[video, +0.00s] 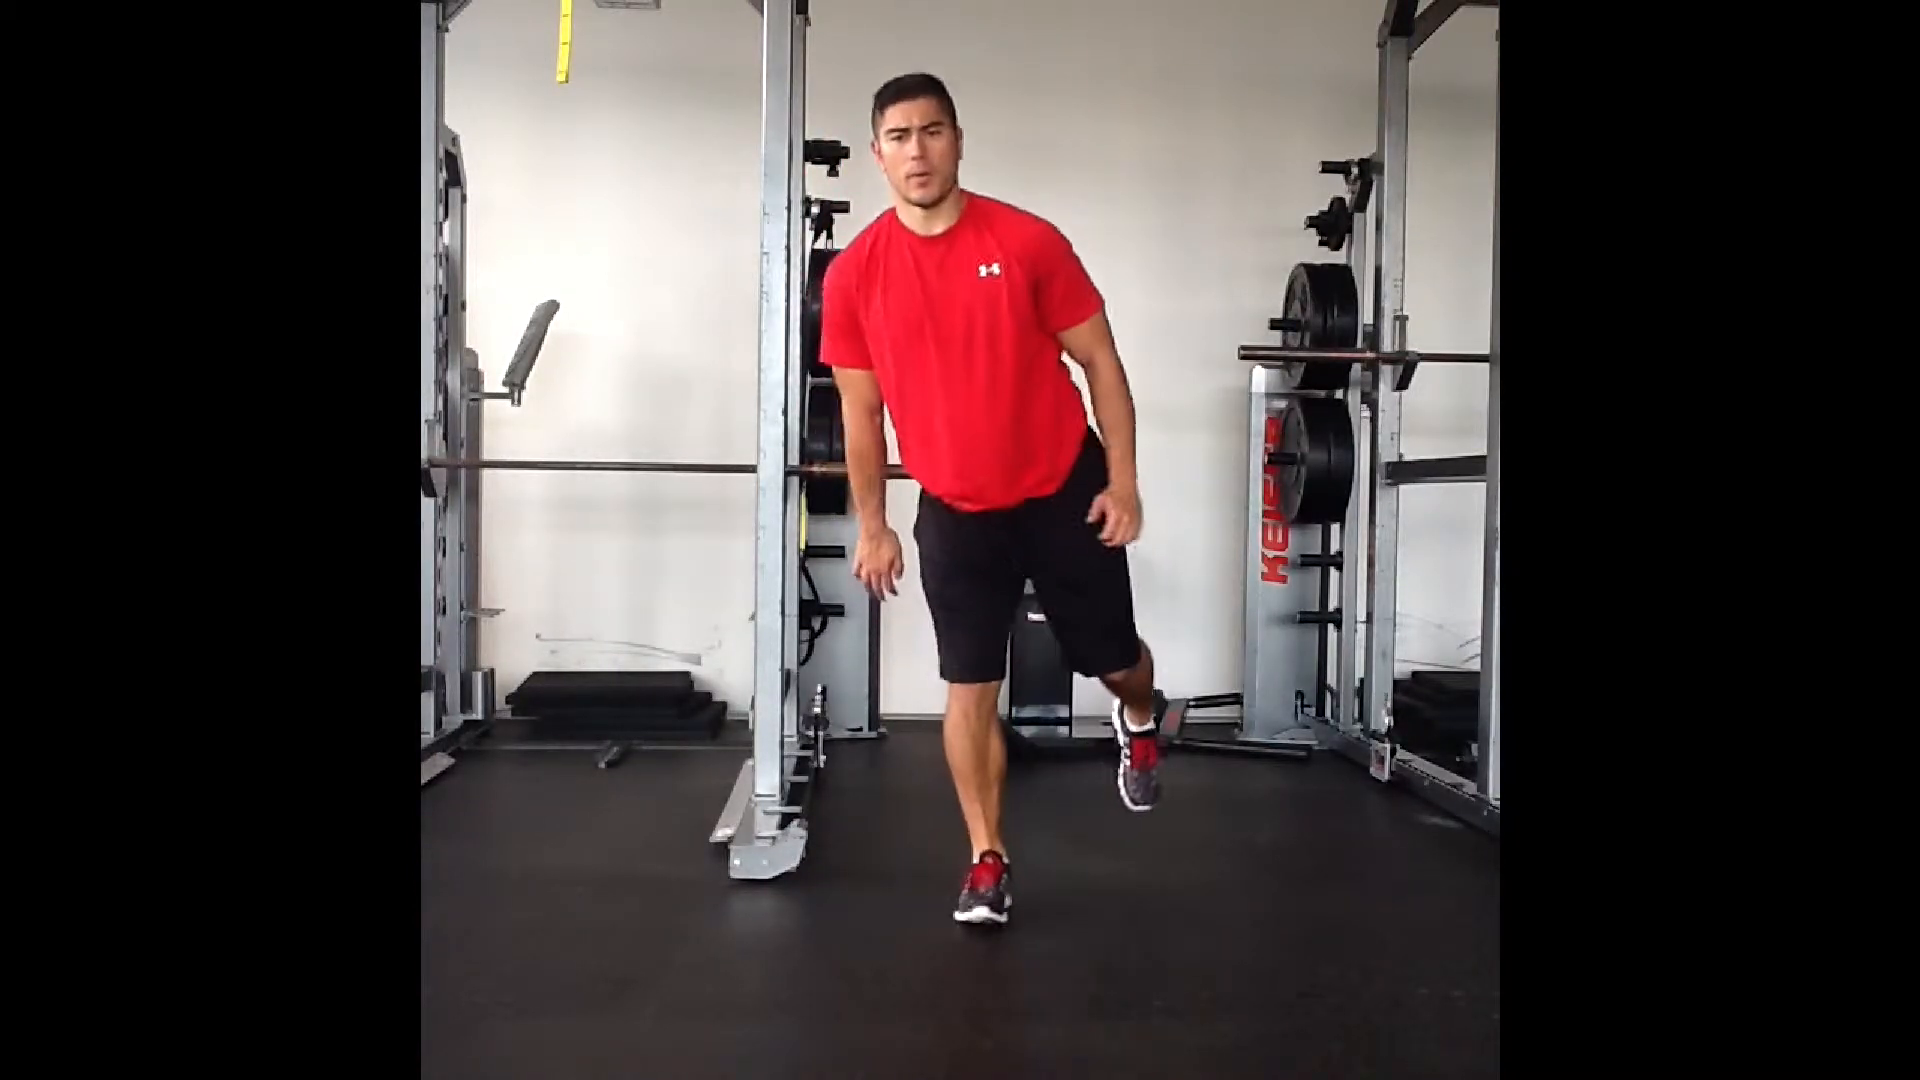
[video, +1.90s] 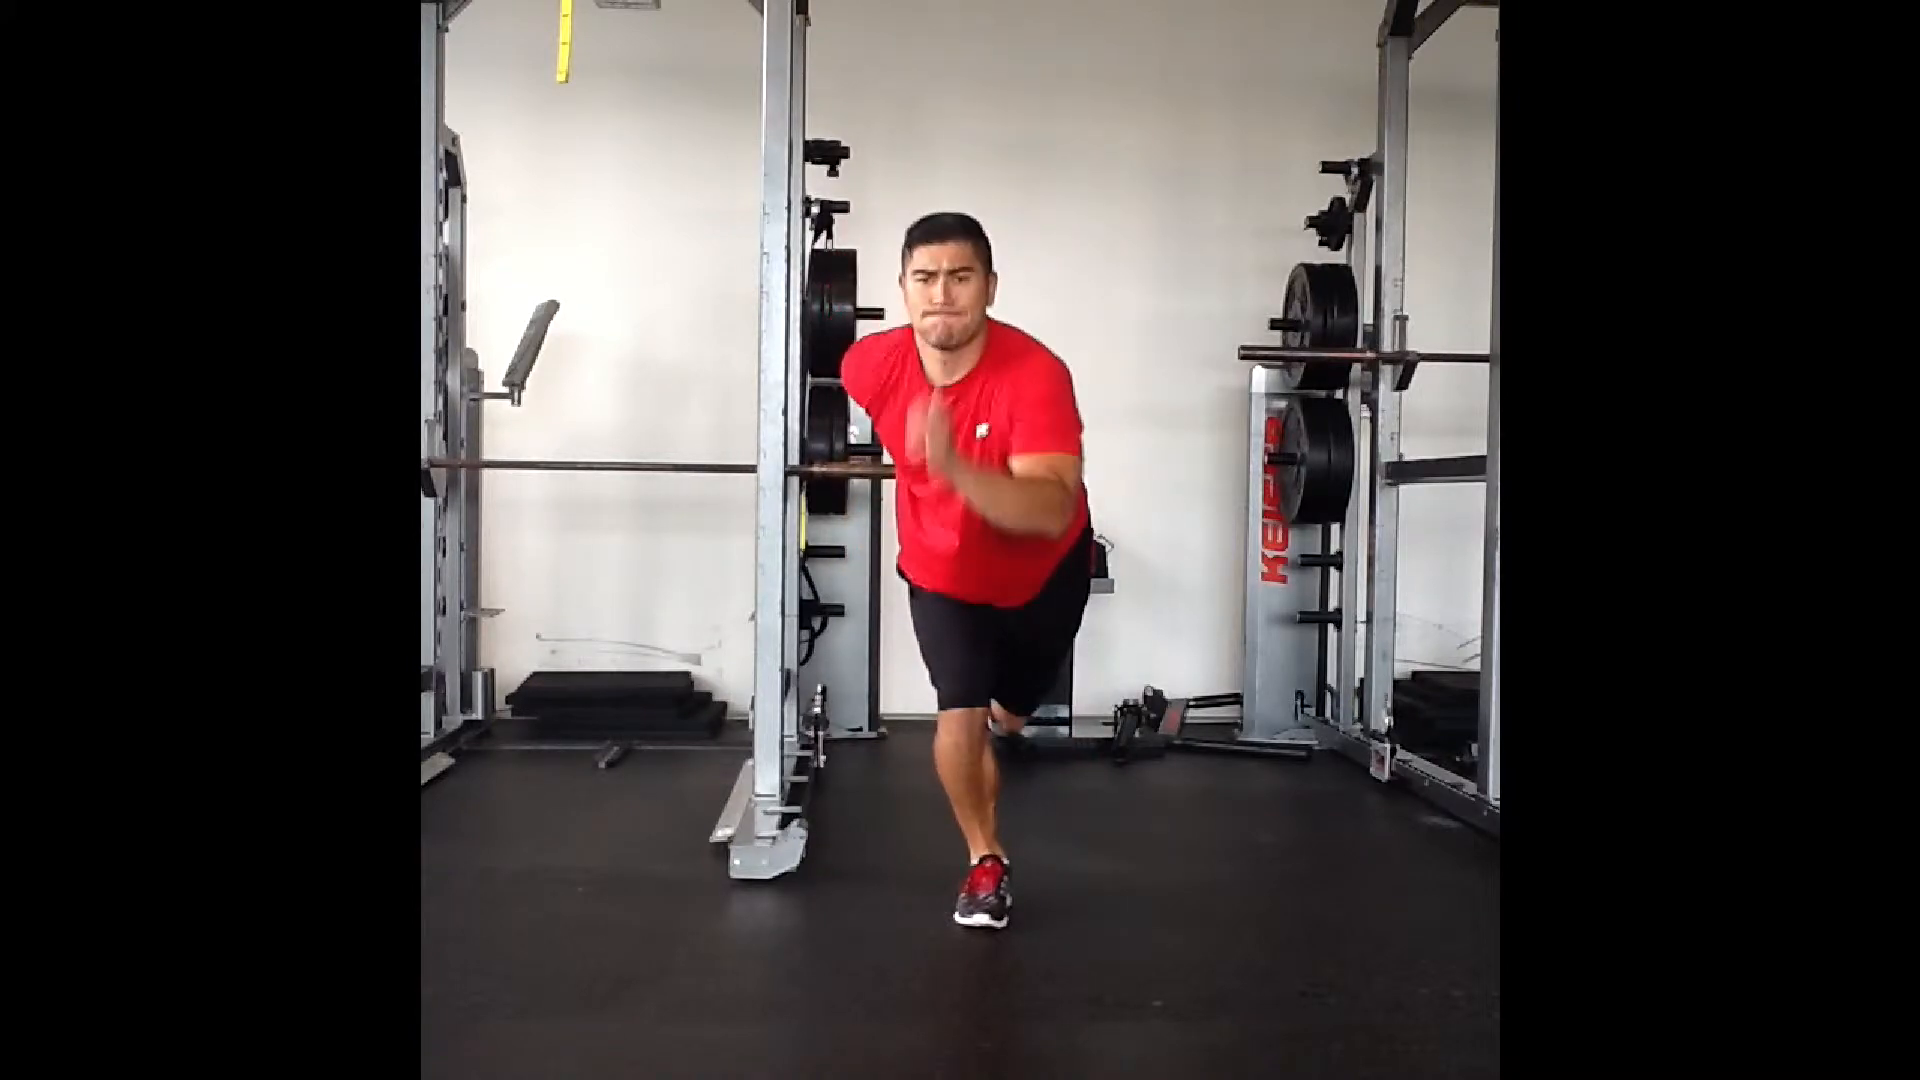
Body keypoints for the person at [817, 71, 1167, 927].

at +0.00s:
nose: (918, 150)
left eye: (933, 132)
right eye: (899, 136)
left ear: (958, 143)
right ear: (878, 155)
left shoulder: (1027, 242)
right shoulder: (854, 275)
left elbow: (1099, 361)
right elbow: (860, 412)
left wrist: (1123, 478)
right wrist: (872, 524)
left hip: (1061, 488)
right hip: (954, 506)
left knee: (1116, 661)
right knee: (968, 684)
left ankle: (1143, 728)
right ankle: (985, 860)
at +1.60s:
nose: (952, 189)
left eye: (970, 173)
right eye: (936, 173)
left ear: (999, 188)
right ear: (914, 188)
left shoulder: (1050, 297)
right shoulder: (872, 290)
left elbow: (1086, 433)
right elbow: (858, 375)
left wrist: (999, 436)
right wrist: (871, 463)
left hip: (1042, 525)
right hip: (936, 536)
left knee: (1055, 671)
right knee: (956, 686)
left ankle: (1040, 698)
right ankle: (982, 859)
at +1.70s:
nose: (951, 243)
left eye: (968, 227)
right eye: (934, 228)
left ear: (997, 240)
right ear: (914, 242)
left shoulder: (1041, 339)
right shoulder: (875, 329)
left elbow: (1054, 454)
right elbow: (893, 412)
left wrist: (960, 361)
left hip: (1043, 553)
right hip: (941, 555)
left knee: (1031, 695)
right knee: (959, 692)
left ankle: (994, 728)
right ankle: (982, 859)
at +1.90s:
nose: (941, 296)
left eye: (959, 277)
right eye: (924, 277)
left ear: (990, 287)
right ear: (902, 288)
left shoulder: (1036, 374)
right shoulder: (871, 368)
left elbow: (1053, 510)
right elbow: (906, 436)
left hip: (1044, 575)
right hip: (944, 574)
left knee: (1015, 710)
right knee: (963, 711)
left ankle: (1001, 717)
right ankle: (985, 862)